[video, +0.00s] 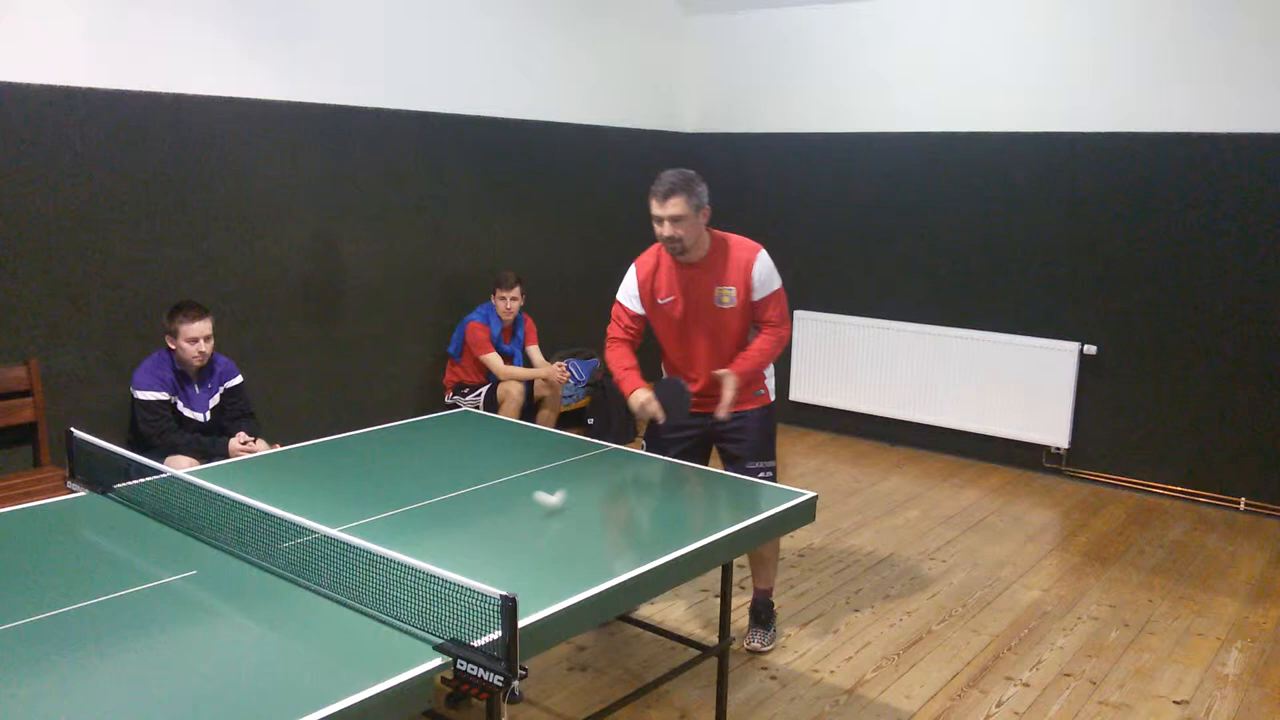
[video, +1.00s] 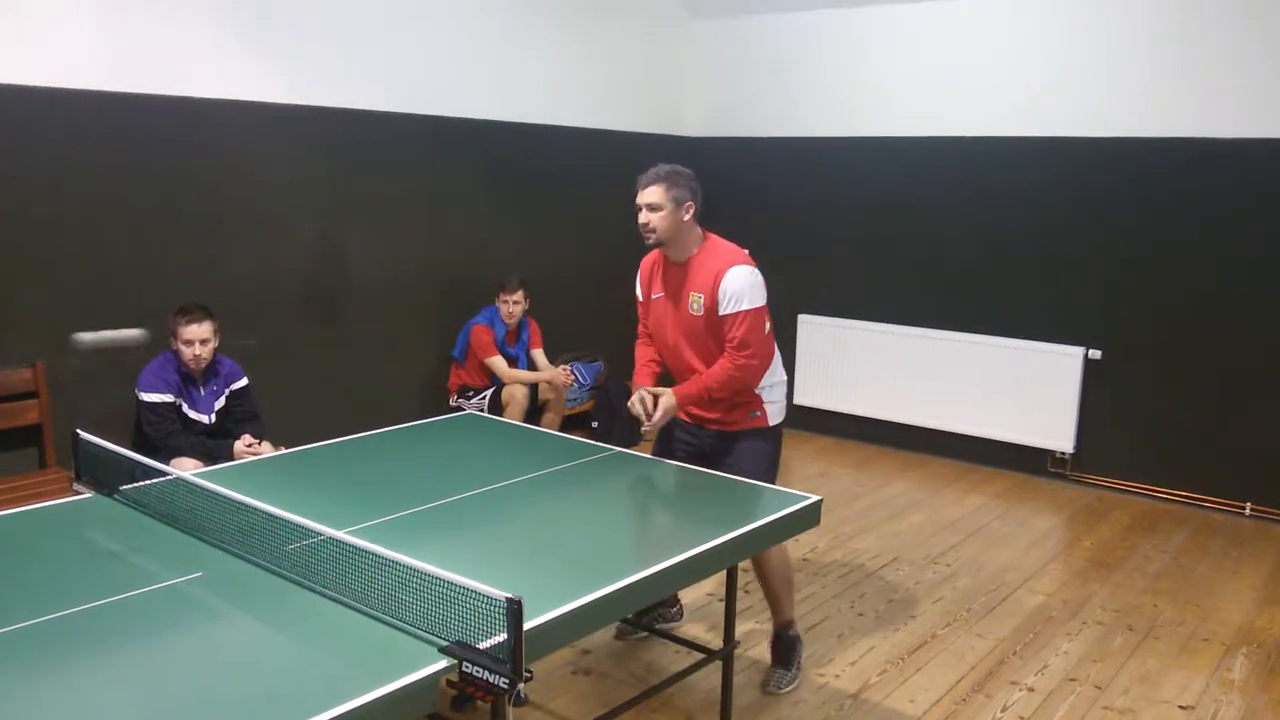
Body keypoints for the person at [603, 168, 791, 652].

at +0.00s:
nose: (667, 232)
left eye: (677, 220)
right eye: (658, 221)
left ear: (704, 215)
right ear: (652, 220)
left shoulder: (749, 260)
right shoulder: (645, 271)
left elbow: (776, 327)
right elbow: (618, 339)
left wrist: (739, 371)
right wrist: (636, 388)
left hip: (746, 403)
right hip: (679, 401)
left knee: (759, 504)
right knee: (651, 496)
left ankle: (762, 608)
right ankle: (625, 587)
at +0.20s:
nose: (684, 235)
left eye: (695, 223)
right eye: (676, 224)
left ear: (722, 218)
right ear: (670, 222)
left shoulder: (764, 258)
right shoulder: (664, 271)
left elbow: (794, 317)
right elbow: (625, 335)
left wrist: (776, 362)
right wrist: (593, 396)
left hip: (753, 401)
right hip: (686, 400)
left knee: (769, 501)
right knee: (662, 495)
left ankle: (766, 601)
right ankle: (629, 582)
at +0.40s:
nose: (685, 224)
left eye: (697, 215)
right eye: (681, 214)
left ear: (729, 216)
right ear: (678, 214)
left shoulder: (774, 258)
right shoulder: (672, 268)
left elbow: (800, 320)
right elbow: (633, 329)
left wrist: (781, 359)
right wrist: (606, 381)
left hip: (760, 406)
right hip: (692, 404)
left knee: (772, 507)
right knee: (657, 496)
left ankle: (762, 607)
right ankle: (625, 586)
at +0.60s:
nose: (676, 212)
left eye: (688, 202)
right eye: (673, 202)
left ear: (722, 207)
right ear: (672, 206)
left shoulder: (770, 260)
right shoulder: (663, 267)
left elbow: (799, 331)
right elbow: (658, 338)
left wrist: (757, 375)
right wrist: (661, 387)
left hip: (758, 415)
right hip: (689, 412)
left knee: (767, 511)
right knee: (659, 499)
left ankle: (761, 608)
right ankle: (650, 594)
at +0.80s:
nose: (647, 215)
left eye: (658, 206)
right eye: (645, 206)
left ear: (693, 209)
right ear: (645, 209)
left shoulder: (744, 265)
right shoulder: (645, 271)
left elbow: (766, 347)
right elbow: (648, 341)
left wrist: (705, 390)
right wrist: (657, 387)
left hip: (747, 421)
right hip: (681, 418)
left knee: (753, 514)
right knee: (648, 504)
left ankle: (768, 606)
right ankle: (660, 599)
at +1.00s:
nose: (641, 219)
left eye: (651, 209)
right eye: (639, 210)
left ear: (687, 210)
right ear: (646, 214)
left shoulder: (734, 272)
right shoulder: (649, 268)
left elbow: (746, 360)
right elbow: (647, 337)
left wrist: (678, 397)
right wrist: (644, 383)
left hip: (748, 417)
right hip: (688, 413)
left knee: (751, 520)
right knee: (652, 502)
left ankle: (786, 636)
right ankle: (663, 600)